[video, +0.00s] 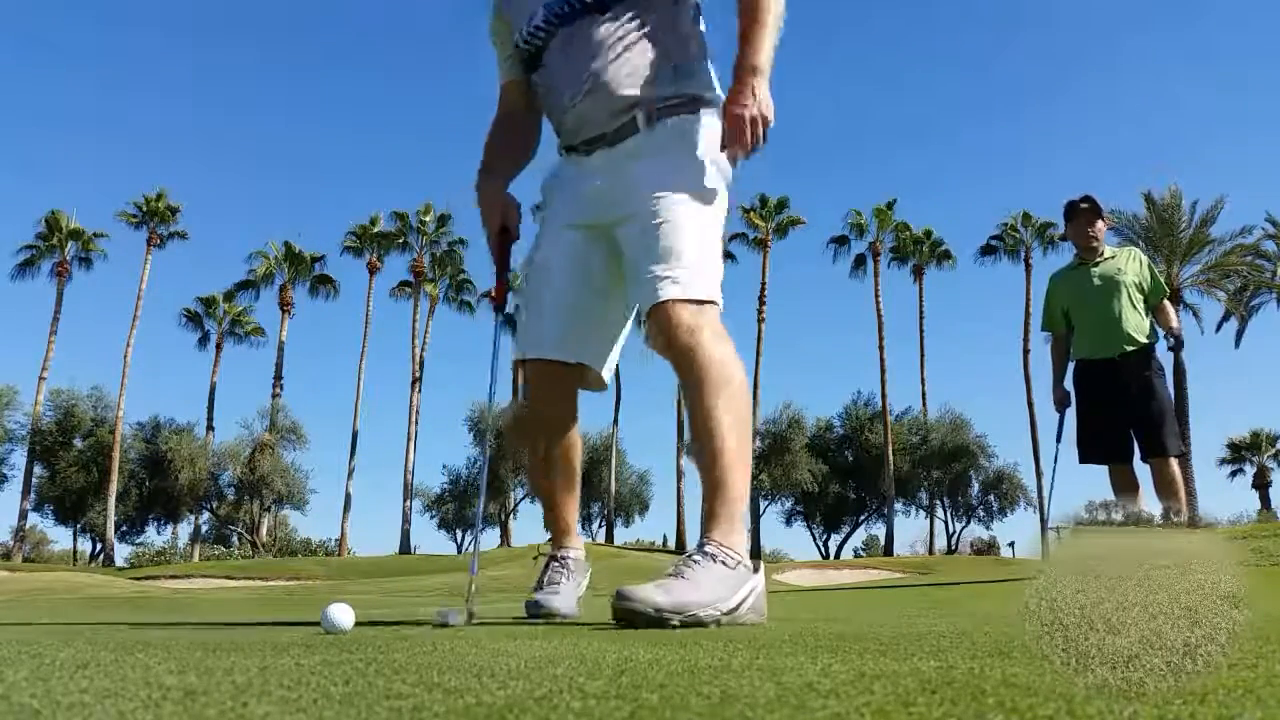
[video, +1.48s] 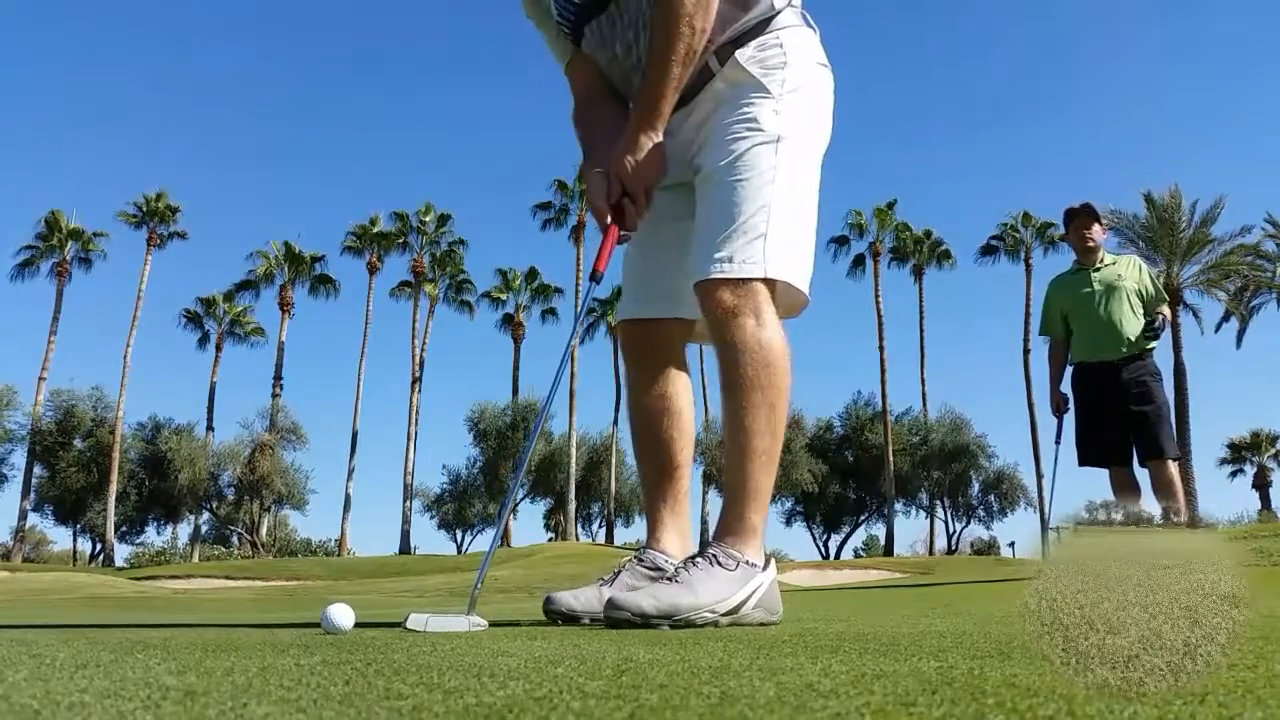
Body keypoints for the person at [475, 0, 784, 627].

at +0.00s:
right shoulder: (507, 8)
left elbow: (762, 2)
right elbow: (518, 102)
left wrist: (751, 73)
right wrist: (491, 180)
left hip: (671, 132)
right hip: (577, 166)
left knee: (682, 319)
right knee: (544, 368)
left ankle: (729, 556)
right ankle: (566, 553)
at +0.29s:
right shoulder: (558, 6)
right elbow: (565, 67)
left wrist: (741, 6)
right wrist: (555, 132)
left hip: (717, 78)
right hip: (624, 118)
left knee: (722, 301)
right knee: (593, 327)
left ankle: (733, 557)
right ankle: (669, 538)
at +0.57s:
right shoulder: (564, 7)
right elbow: (586, 61)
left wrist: (671, 41)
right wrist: (599, 120)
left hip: (738, 45)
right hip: (636, 85)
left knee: (732, 294)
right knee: (636, 321)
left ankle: (733, 561)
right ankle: (665, 554)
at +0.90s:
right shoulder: (536, 6)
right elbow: (583, 78)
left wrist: (667, 89)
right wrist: (605, 134)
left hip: (741, 56)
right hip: (642, 103)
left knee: (714, 280)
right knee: (636, 328)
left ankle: (741, 556)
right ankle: (664, 560)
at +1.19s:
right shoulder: (551, 6)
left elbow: (694, 5)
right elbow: (589, 78)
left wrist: (647, 127)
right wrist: (598, 157)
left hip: (752, 53)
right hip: (655, 101)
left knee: (740, 292)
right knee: (645, 325)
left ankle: (742, 562)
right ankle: (669, 557)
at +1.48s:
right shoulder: (545, 6)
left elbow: (692, 7)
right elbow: (591, 87)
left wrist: (644, 127)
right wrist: (599, 161)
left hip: (753, 56)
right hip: (657, 109)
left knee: (735, 289)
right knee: (645, 325)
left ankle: (741, 561)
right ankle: (667, 558)